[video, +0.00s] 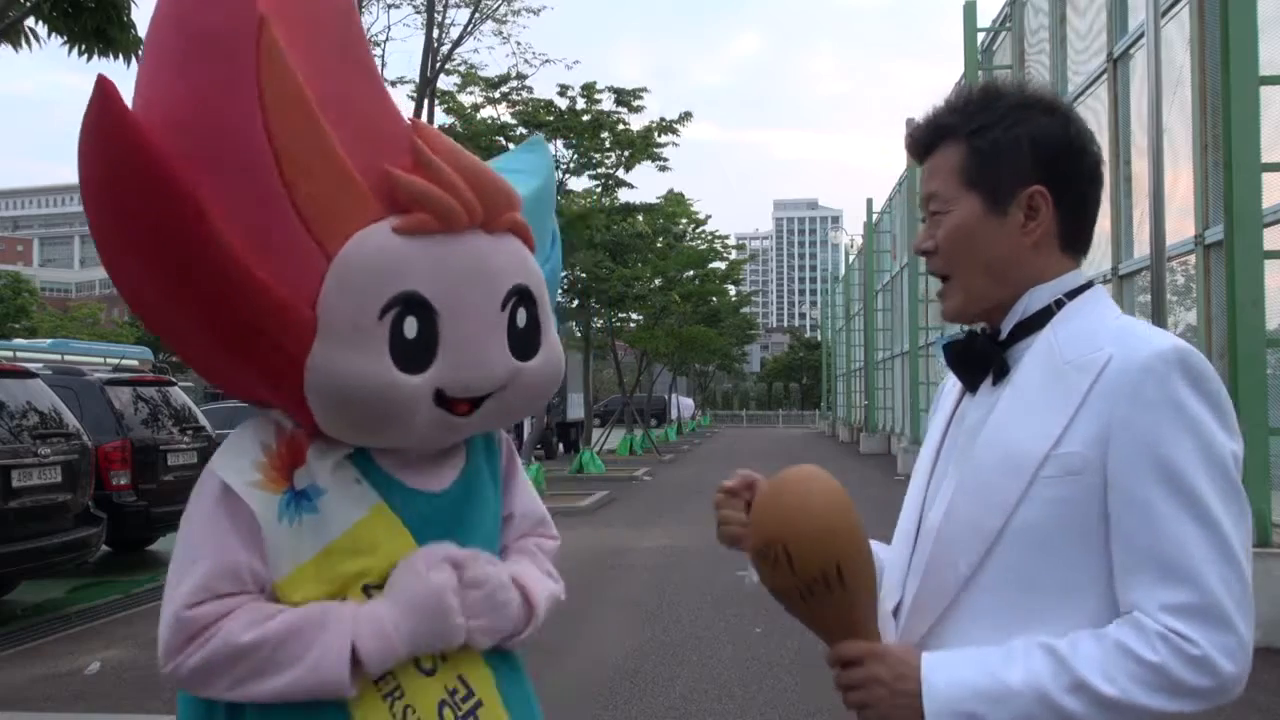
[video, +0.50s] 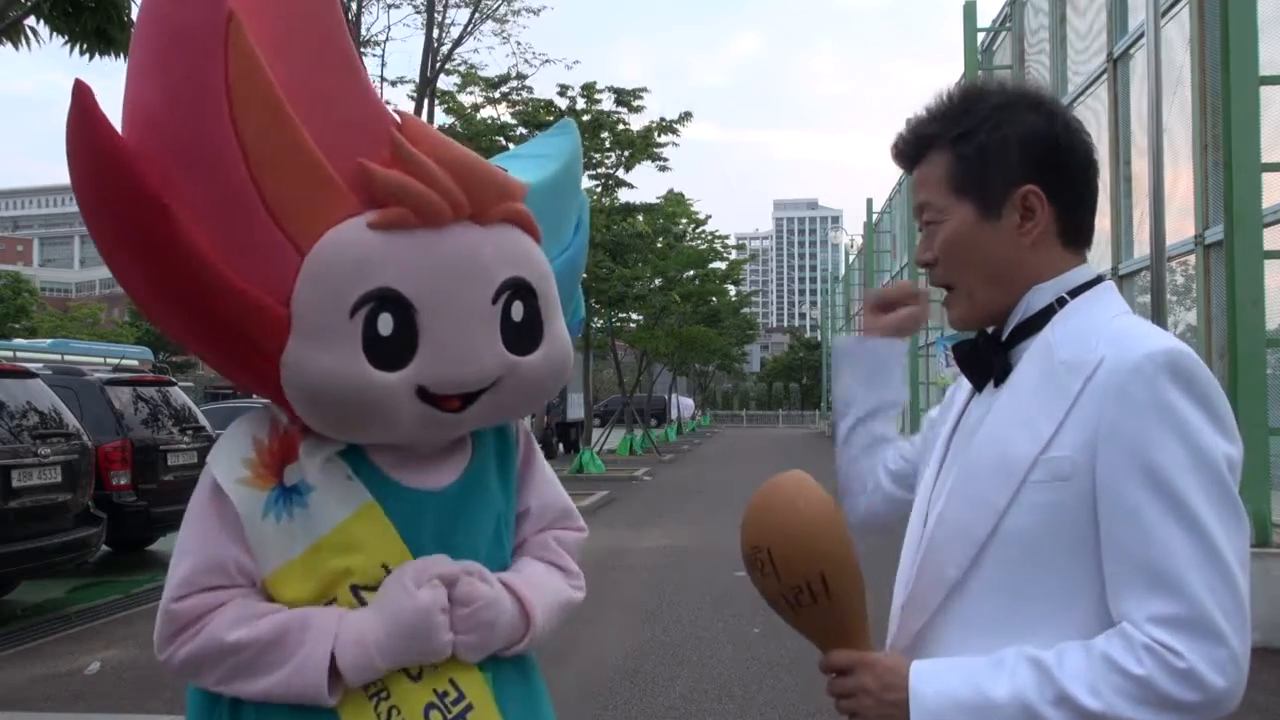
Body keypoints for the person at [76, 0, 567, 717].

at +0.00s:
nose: (472, 374)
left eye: (516, 322)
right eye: (413, 329)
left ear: (541, 317)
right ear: (315, 324)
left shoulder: (491, 456)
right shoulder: (254, 468)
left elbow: (539, 552)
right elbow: (196, 638)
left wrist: (508, 596)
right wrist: (385, 627)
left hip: (487, 706)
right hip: (309, 713)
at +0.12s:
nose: (468, 372)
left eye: (514, 320)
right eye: (408, 327)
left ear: (540, 314)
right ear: (310, 324)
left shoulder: (490, 452)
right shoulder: (251, 463)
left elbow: (538, 548)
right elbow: (187, 632)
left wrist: (508, 598)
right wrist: (374, 629)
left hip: (484, 705)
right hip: (302, 711)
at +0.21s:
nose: (466, 369)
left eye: (513, 316)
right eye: (403, 323)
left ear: (542, 313)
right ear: (306, 323)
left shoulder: (497, 446)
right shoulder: (254, 456)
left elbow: (549, 543)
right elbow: (188, 626)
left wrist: (510, 594)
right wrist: (369, 625)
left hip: (489, 707)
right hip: (299, 710)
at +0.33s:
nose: (464, 364)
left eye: (511, 312)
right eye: (398, 322)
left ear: (544, 309)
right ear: (300, 321)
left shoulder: (504, 443)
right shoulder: (254, 457)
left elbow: (557, 545)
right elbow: (190, 626)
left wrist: (512, 596)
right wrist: (370, 626)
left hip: (494, 707)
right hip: (302, 710)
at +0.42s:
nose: (463, 365)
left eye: (511, 313)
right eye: (395, 324)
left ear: (544, 311)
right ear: (299, 323)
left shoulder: (505, 443)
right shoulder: (254, 458)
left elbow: (559, 546)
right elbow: (191, 625)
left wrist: (512, 598)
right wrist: (367, 628)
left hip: (494, 708)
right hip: (302, 711)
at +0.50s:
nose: (461, 366)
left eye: (509, 314)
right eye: (390, 325)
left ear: (545, 311)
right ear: (299, 326)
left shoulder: (507, 443)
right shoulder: (254, 457)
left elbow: (560, 551)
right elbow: (192, 625)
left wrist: (514, 606)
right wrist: (360, 639)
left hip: (497, 705)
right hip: (310, 711)